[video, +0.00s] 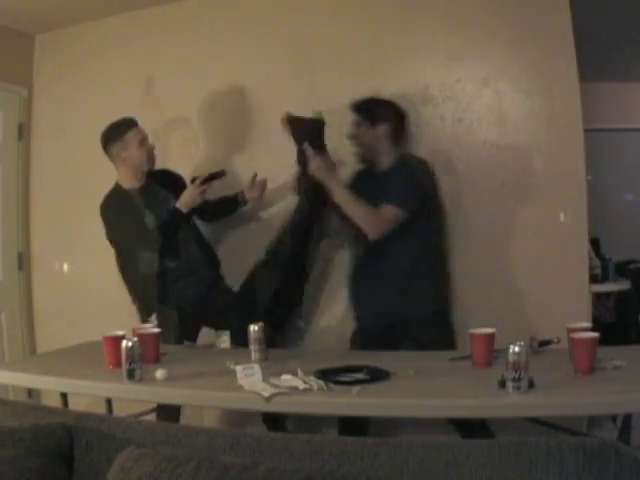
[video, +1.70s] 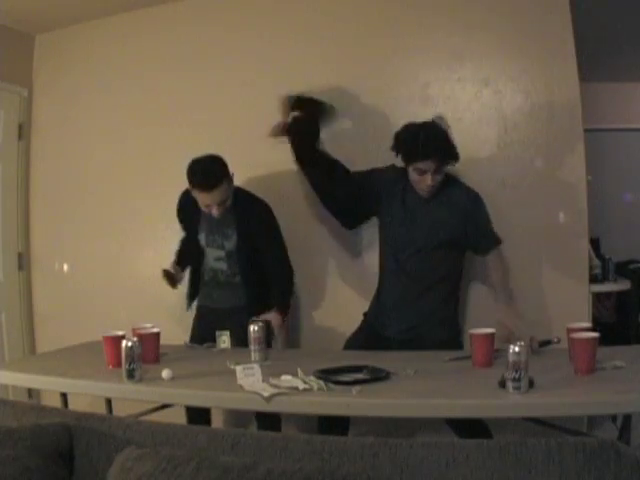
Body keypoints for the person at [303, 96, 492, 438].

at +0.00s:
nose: (352, 134)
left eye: (360, 126)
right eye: (353, 126)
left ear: (384, 130)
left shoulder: (413, 173)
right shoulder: (365, 180)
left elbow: (375, 226)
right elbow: (340, 226)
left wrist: (330, 183)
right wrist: (318, 180)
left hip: (422, 322)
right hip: (376, 320)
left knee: (457, 408)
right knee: (351, 407)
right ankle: (352, 479)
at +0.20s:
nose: (408, 141)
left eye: (417, 133)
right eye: (409, 133)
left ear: (442, 137)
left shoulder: (467, 178)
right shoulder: (417, 184)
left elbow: (410, 191)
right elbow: (364, 216)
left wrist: (368, 132)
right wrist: (338, 165)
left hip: (446, 317)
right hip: (402, 314)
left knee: (470, 406)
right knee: (358, 392)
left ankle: (504, 478)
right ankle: (352, 477)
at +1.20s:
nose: (402, 167)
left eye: (407, 158)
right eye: (399, 159)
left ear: (434, 154)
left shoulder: (459, 198)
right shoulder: (407, 185)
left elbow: (400, 233)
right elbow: (358, 162)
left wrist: (364, 191)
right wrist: (361, 110)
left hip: (429, 329)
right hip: (383, 321)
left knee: (452, 412)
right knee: (329, 387)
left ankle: (498, 467)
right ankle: (328, 473)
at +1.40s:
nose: (421, 183)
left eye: (429, 175)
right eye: (414, 174)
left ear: (445, 168)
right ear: (404, 167)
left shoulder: (461, 200)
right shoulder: (397, 185)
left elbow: (439, 264)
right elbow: (352, 176)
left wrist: (384, 222)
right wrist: (343, 125)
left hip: (431, 329)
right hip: (381, 321)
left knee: (455, 413)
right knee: (327, 389)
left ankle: (499, 469)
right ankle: (328, 472)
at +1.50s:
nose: (420, 180)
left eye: (428, 170)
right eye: (411, 170)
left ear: (440, 163)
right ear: (400, 163)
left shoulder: (460, 200)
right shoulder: (387, 185)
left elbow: (477, 267)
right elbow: (351, 191)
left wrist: (411, 257)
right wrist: (354, 137)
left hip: (433, 326)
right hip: (381, 321)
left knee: (454, 409)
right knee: (330, 385)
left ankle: (499, 467)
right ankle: (327, 469)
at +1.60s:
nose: (424, 179)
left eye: (432, 170)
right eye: (416, 170)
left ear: (441, 163)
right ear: (401, 163)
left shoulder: (461, 201)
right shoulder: (384, 187)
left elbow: (493, 260)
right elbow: (342, 194)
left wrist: (454, 287)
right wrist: (328, 143)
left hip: (437, 325)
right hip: (385, 318)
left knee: (455, 407)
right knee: (333, 388)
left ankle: (499, 469)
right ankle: (327, 474)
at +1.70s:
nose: (429, 181)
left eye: (437, 172)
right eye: (421, 172)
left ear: (446, 165)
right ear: (405, 164)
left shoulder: (464, 201)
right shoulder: (388, 184)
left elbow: (491, 257)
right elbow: (340, 186)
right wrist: (305, 146)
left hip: (437, 326)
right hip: (384, 321)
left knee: (458, 408)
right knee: (334, 385)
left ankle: (498, 468)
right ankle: (330, 469)